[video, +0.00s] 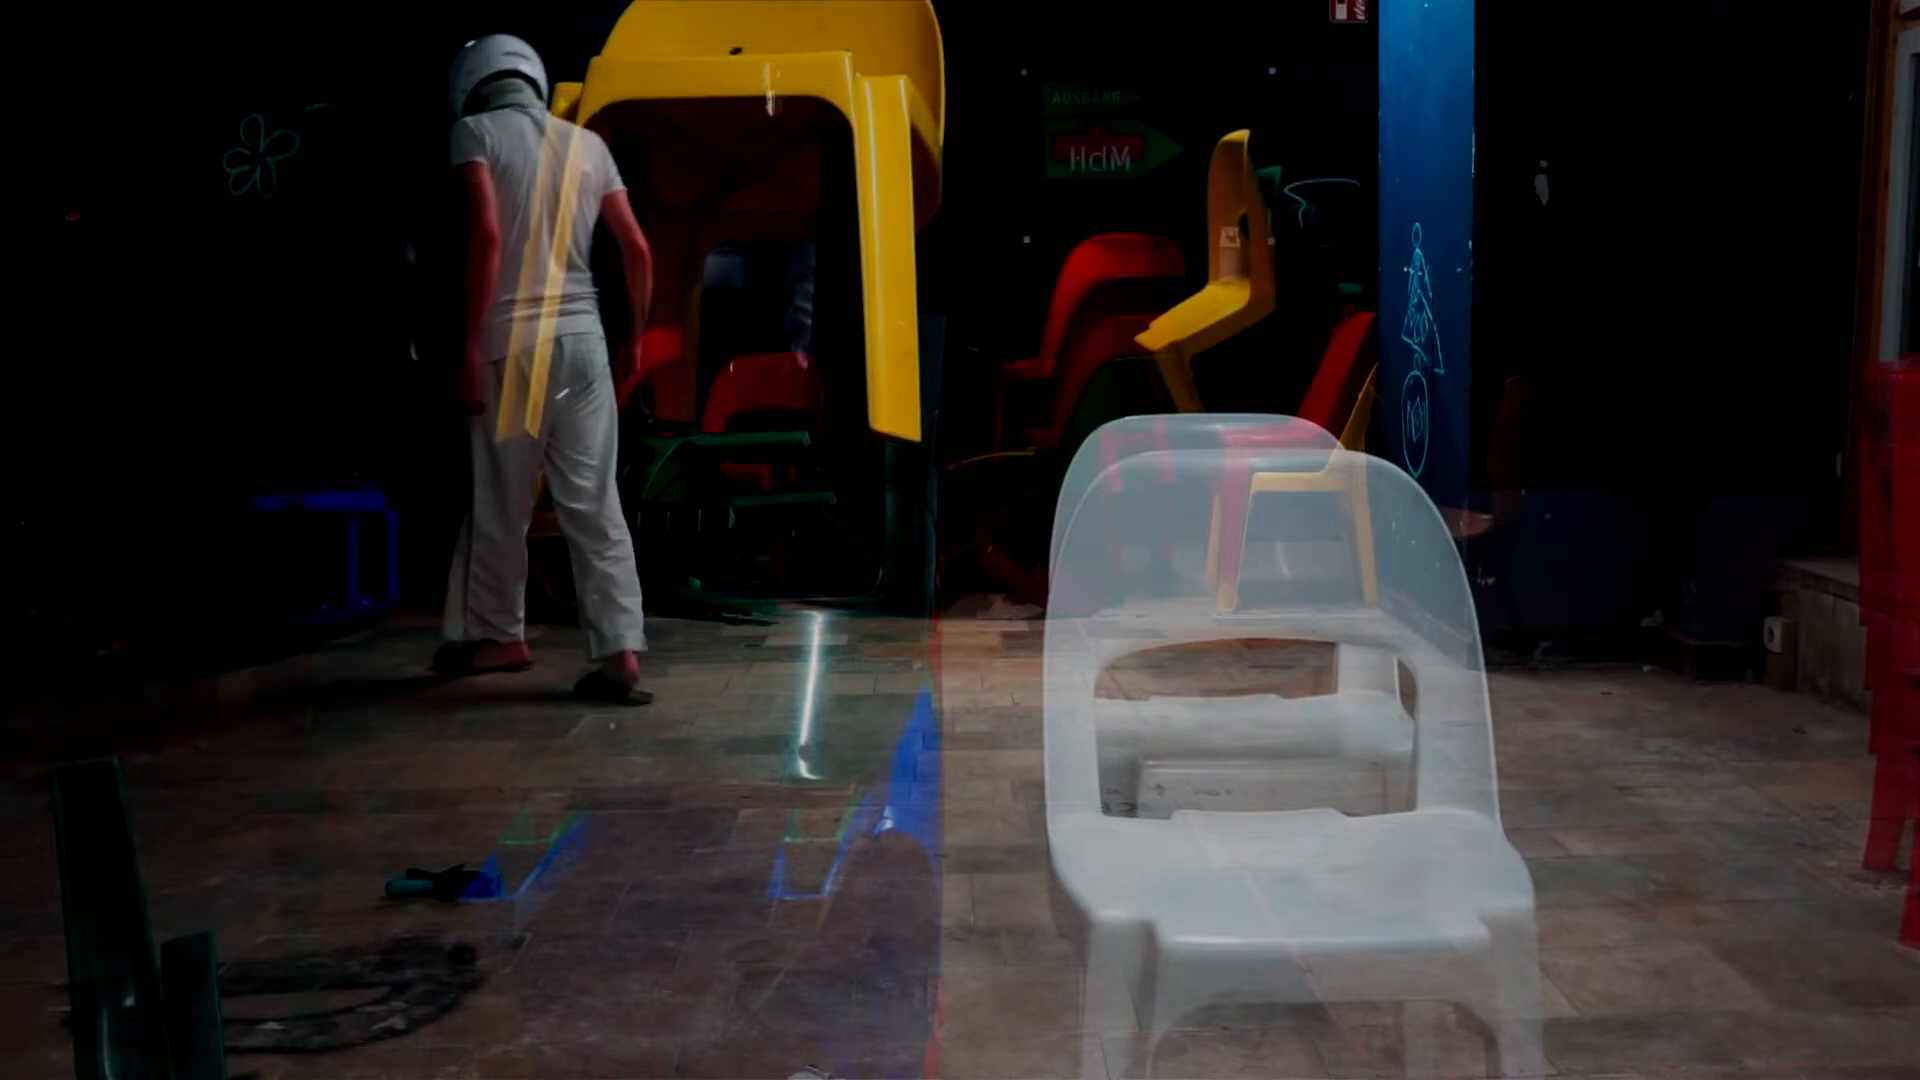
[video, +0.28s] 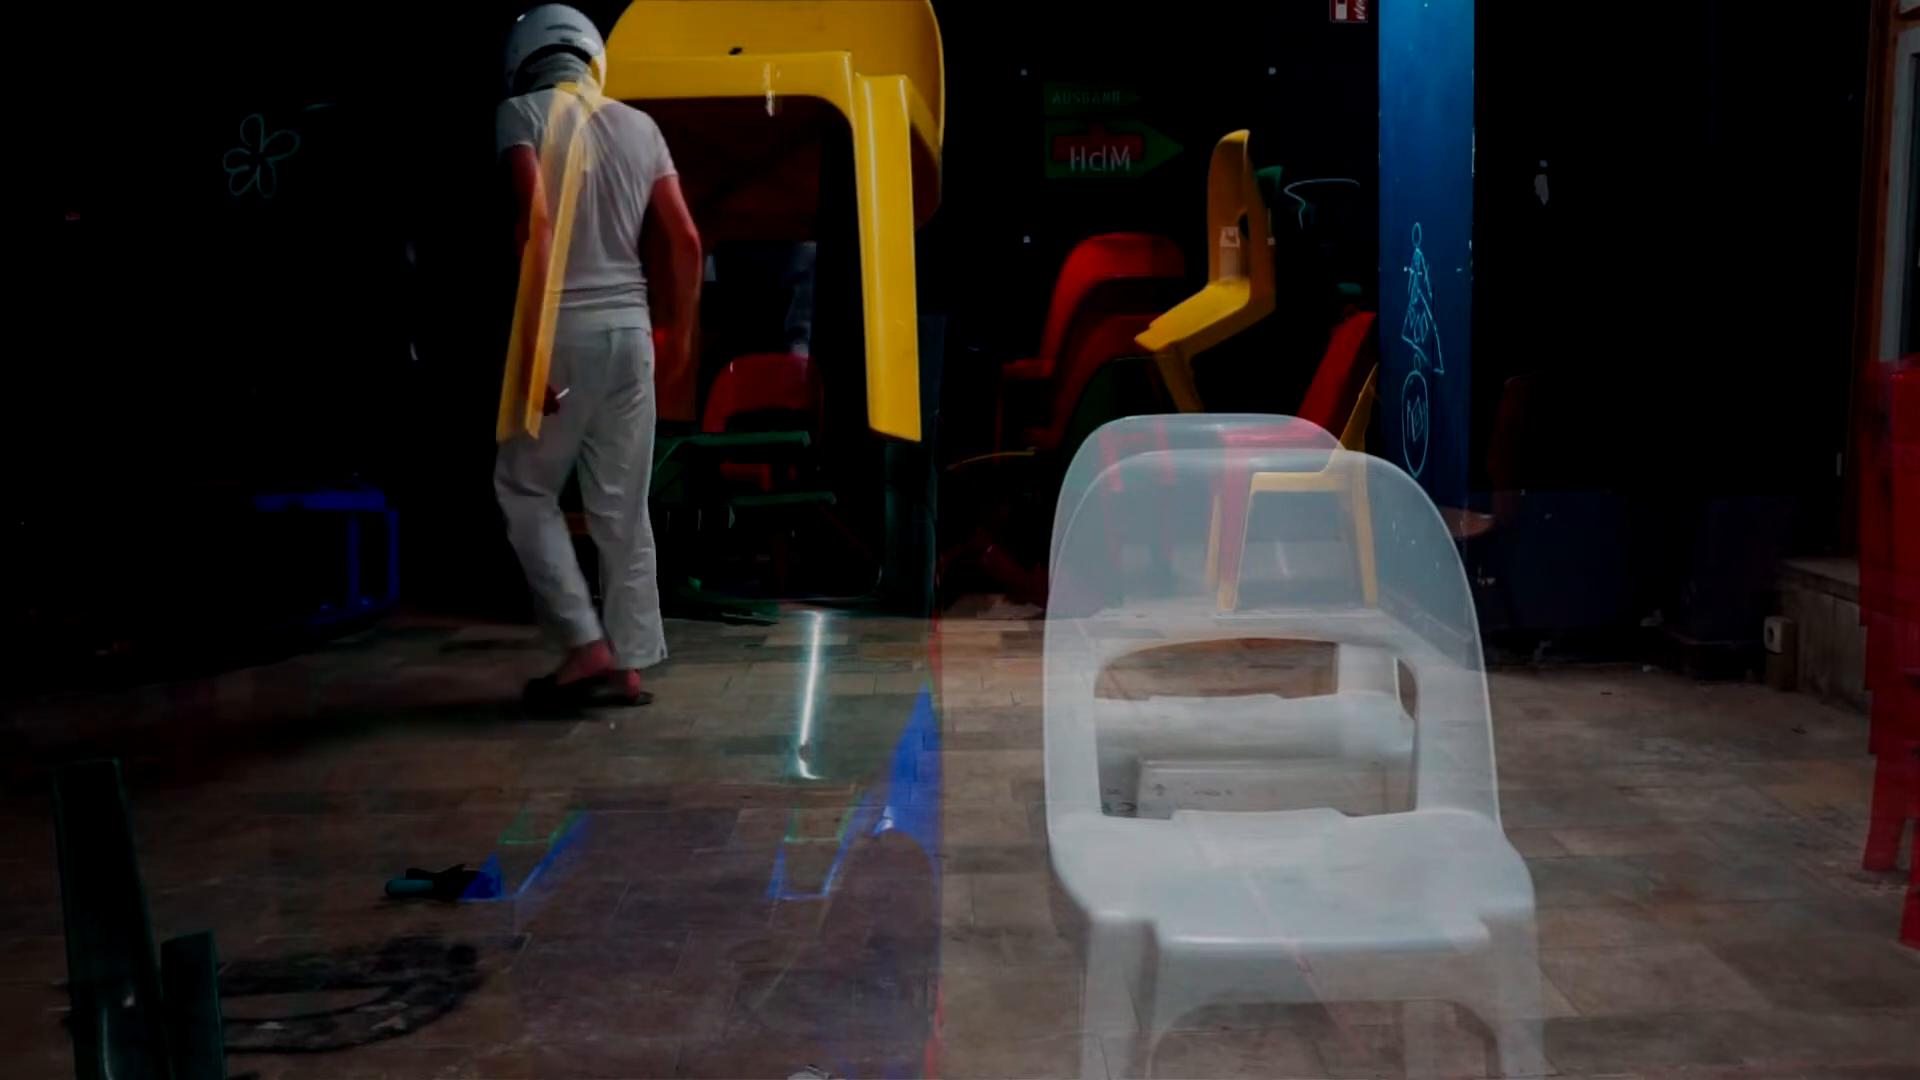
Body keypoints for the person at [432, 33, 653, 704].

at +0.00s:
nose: (464, 101)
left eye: (465, 89)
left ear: (474, 85)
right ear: (536, 85)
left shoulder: (475, 132)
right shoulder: (586, 143)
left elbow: (488, 232)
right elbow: (636, 248)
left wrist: (474, 343)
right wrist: (635, 337)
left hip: (509, 342)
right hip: (583, 337)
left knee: (502, 499)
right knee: (593, 498)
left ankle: (501, 638)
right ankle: (622, 653)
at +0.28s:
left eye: (521, 65)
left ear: (525, 62)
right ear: (594, 62)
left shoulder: (521, 115)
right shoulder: (639, 126)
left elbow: (535, 209)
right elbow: (685, 240)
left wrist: (532, 339)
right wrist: (676, 329)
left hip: (557, 335)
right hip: (630, 333)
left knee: (524, 487)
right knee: (622, 498)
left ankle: (583, 644)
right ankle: (628, 664)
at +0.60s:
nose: (565, 77)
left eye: (564, 64)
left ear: (573, 58)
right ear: (635, 53)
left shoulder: (565, 117)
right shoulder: (689, 122)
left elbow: (545, 239)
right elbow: (741, 238)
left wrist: (512, 337)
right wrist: (745, 336)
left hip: (604, 335)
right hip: (682, 333)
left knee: (637, 511)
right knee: (656, 509)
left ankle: (699, 698)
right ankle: (615, 667)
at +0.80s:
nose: (599, 64)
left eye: (601, 53)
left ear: (613, 45)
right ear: (672, 42)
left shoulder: (603, 94)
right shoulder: (730, 97)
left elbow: (582, 224)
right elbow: (783, 215)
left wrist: (546, 298)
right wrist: (782, 322)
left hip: (646, 318)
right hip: (725, 314)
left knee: (663, 513)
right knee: (705, 509)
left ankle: (693, 710)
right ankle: (711, 688)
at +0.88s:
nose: (612, 56)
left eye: (614, 44)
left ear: (623, 41)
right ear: (685, 35)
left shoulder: (612, 86)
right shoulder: (746, 90)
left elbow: (605, 217)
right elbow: (802, 213)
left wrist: (562, 309)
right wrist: (799, 323)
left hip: (657, 319)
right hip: (743, 314)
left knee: (671, 513)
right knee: (724, 500)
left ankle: (698, 710)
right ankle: (769, 659)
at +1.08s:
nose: (652, 57)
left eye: (657, 46)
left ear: (671, 36)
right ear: (730, 31)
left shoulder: (661, 87)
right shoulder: (796, 92)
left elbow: (668, 220)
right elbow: (855, 210)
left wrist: (656, 352)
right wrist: (859, 323)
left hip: (702, 328)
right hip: (791, 322)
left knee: (688, 534)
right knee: (793, 521)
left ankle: (704, 710)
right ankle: (877, 669)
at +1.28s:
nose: (722, 45)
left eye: (725, 35)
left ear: (736, 29)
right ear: (804, 26)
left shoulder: (730, 72)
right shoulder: (866, 83)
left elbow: (745, 211)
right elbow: (925, 202)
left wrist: (746, 353)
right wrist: (897, 313)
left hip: (784, 332)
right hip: (871, 329)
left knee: (747, 534)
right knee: (883, 548)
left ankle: (705, 707)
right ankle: (919, 738)